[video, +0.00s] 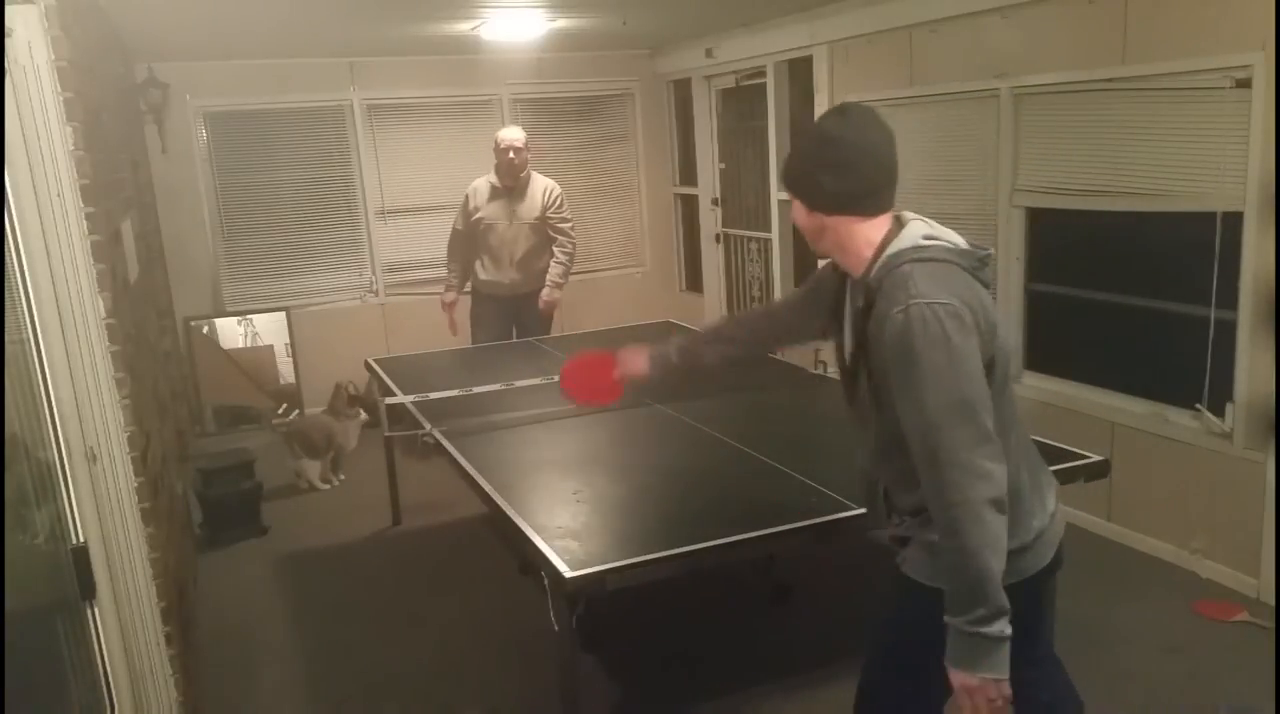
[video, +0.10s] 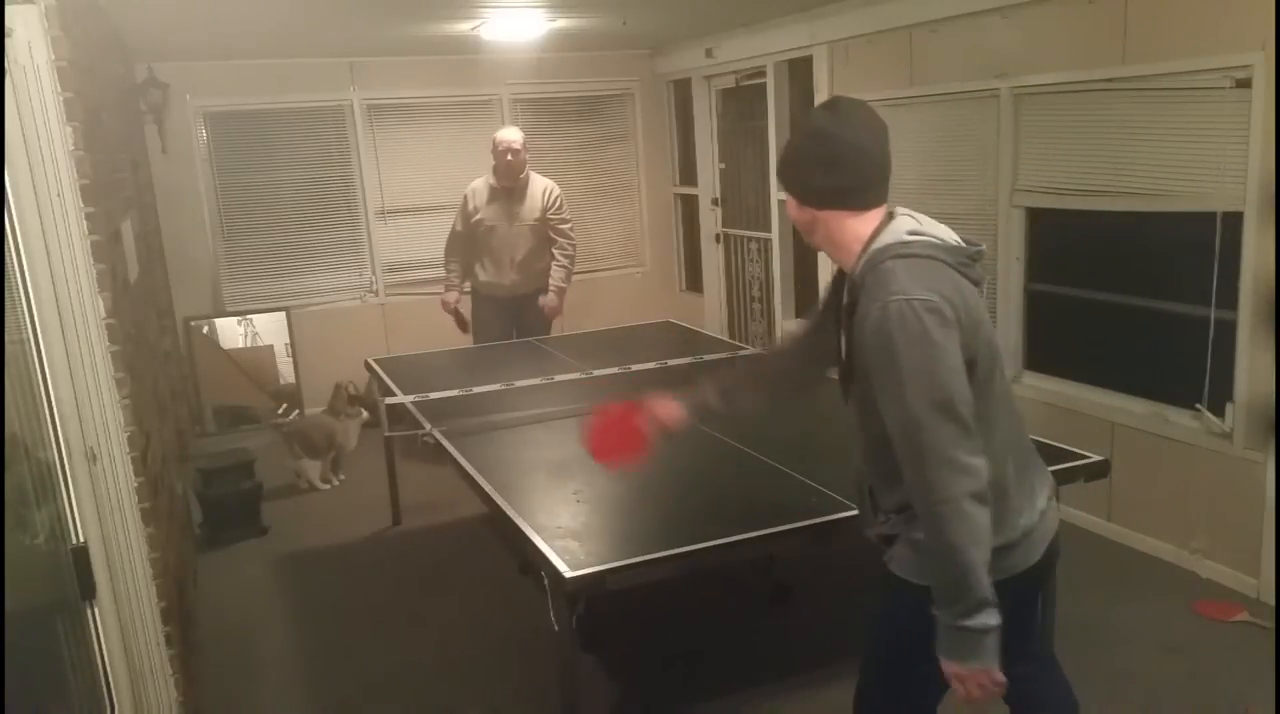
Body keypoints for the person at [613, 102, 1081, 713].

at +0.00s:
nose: (791, 212)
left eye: (792, 199)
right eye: (791, 199)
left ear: (813, 209)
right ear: (875, 190)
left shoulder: (919, 306)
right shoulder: (867, 271)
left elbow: (965, 483)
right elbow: (769, 325)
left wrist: (980, 646)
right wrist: (657, 359)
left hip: (960, 565)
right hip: (1003, 542)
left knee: (890, 699)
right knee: (1034, 686)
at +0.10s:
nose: (788, 208)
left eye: (786, 195)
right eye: (788, 192)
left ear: (802, 206)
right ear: (870, 185)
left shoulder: (899, 300)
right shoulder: (885, 260)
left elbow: (949, 473)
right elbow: (798, 358)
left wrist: (967, 632)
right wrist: (689, 401)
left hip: (950, 562)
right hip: (1010, 538)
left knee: (887, 701)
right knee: (1033, 684)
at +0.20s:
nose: (790, 197)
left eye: (791, 182)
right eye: (790, 180)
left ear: (803, 194)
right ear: (878, 170)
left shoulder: (884, 294)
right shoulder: (915, 242)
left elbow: (924, 466)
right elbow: (852, 392)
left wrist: (928, 618)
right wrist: (764, 442)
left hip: (953, 557)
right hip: (1015, 526)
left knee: (889, 701)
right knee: (1025, 684)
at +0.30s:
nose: (807, 194)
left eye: (805, 177)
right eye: (807, 176)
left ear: (817, 184)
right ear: (892, 165)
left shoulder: (874, 284)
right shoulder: (935, 238)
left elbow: (890, 454)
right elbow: (942, 398)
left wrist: (869, 596)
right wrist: (851, 475)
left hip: (955, 558)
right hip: (1020, 527)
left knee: (894, 699)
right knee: (1009, 685)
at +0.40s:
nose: (829, 179)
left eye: (830, 162)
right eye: (829, 160)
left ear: (839, 169)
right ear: (917, 157)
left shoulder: (876, 284)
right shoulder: (977, 246)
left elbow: (861, 450)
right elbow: (999, 390)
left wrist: (810, 573)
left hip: (933, 564)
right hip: (1026, 541)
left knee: (896, 702)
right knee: (1017, 699)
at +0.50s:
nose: (848, 173)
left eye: (849, 156)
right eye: (849, 154)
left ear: (861, 166)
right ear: (943, 151)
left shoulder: (879, 282)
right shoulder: (1008, 246)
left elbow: (844, 443)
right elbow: (1018, 376)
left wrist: (775, 548)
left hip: (929, 565)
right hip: (1034, 546)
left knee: (897, 704)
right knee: (1032, 693)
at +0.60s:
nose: (872, 160)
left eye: (874, 145)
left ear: (879, 154)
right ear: (963, 147)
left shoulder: (883, 276)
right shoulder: (1040, 250)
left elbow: (839, 431)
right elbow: (1033, 385)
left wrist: (773, 529)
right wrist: (913, 477)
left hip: (934, 561)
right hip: (1044, 545)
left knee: (887, 700)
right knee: (1044, 695)